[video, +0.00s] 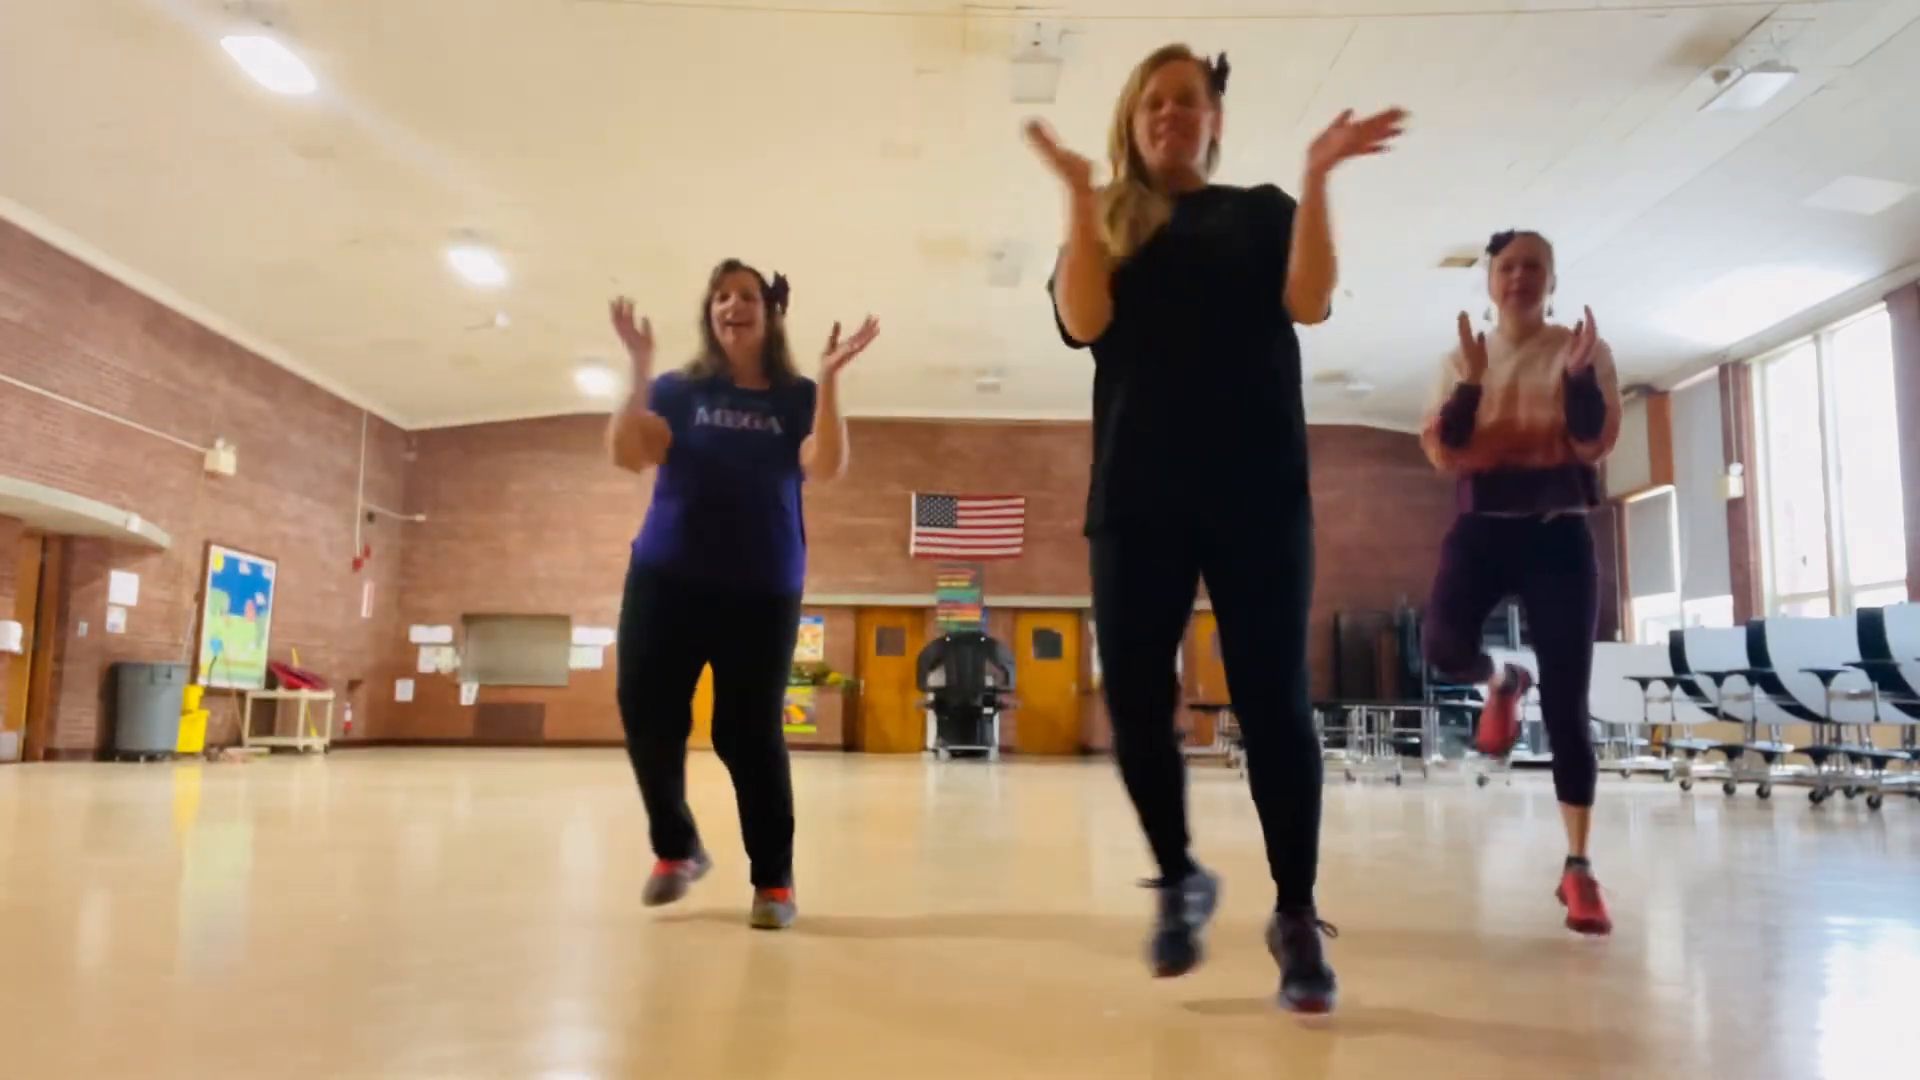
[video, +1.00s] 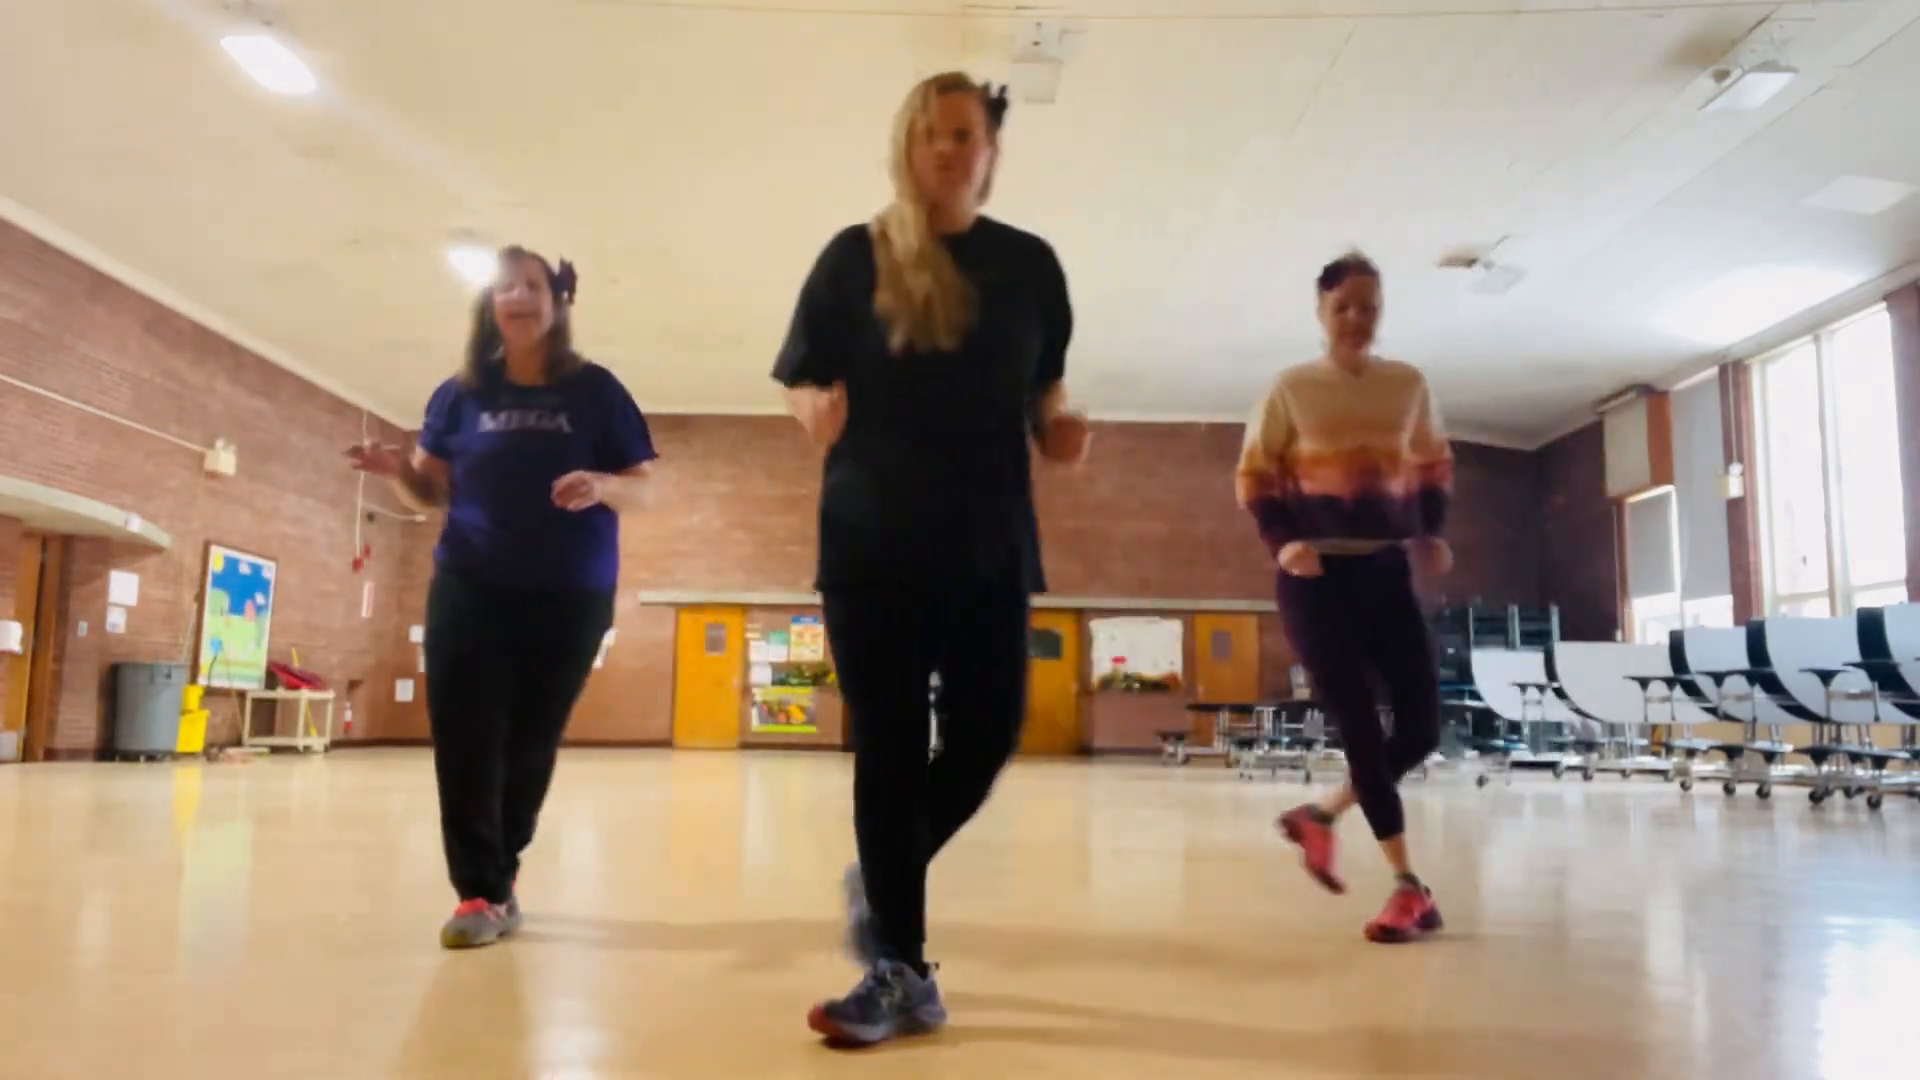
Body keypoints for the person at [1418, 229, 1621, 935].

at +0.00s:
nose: (1519, 276)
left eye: (1532, 266)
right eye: (1508, 266)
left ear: (1549, 280)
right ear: (1489, 278)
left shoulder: (1578, 351)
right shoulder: (1467, 357)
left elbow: (1595, 444)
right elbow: (1442, 455)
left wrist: (1581, 375)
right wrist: (1471, 379)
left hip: (1558, 535)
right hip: (1480, 532)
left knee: (1566, 706)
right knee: (1444, 650)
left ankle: (1578, 866)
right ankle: (1502, 682)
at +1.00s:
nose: (1355, 318)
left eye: (1366, 307)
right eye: (1342, 307)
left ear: (1381, 312)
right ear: (1321, 311)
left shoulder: (1406, 387)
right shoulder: (1290, 392)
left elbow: (1431, 467)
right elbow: (1253, 477)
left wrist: (1431, 532)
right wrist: (1282, 541)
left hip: (1385, 570)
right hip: (1315, 575)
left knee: (1420, 728)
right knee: (1360, 728)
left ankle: (1318, 815)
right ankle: (1408, 885)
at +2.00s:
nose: (1134, 284)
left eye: (1143, 276)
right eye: (1121, 274)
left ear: (1153, 293)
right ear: (1095, 289)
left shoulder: (1174, 369)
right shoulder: (1063, 370)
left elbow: (1199, 461)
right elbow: (1037, 468)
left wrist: (1161, 444)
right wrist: (1081, 444)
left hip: (1149, 548)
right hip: (1078, 549)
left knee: (1202, 700)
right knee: (1078, 712)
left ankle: (1118, 674)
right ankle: (1071, 863)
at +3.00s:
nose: (1320, 306)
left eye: (1327, 299)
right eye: (1304, 299)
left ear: (1336, 322)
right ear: (1274, 322)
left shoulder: (1362, 391)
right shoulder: (1246, 399)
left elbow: (1395, 463)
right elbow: (1209, 476)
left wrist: (1394, 528)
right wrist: (1232, 506)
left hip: (1342, 571)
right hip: (1267, 576)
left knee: (1332, 722)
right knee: (1292, 726)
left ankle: (1284, 873)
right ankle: (1342, 860)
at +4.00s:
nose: (1450, 325)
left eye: (1461, 315)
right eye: (1438, 315)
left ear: (1480, 326)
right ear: (1421, 328)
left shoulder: (1515, 405)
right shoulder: (1391, 407)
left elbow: (1538, 501)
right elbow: (1363, 499)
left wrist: (1475, 480)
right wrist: (1423, 482)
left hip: (1479, 586)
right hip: (1400, 582)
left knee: (1484, 737)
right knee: (1386, 728)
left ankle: (1469, 879)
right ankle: (1386, 861)